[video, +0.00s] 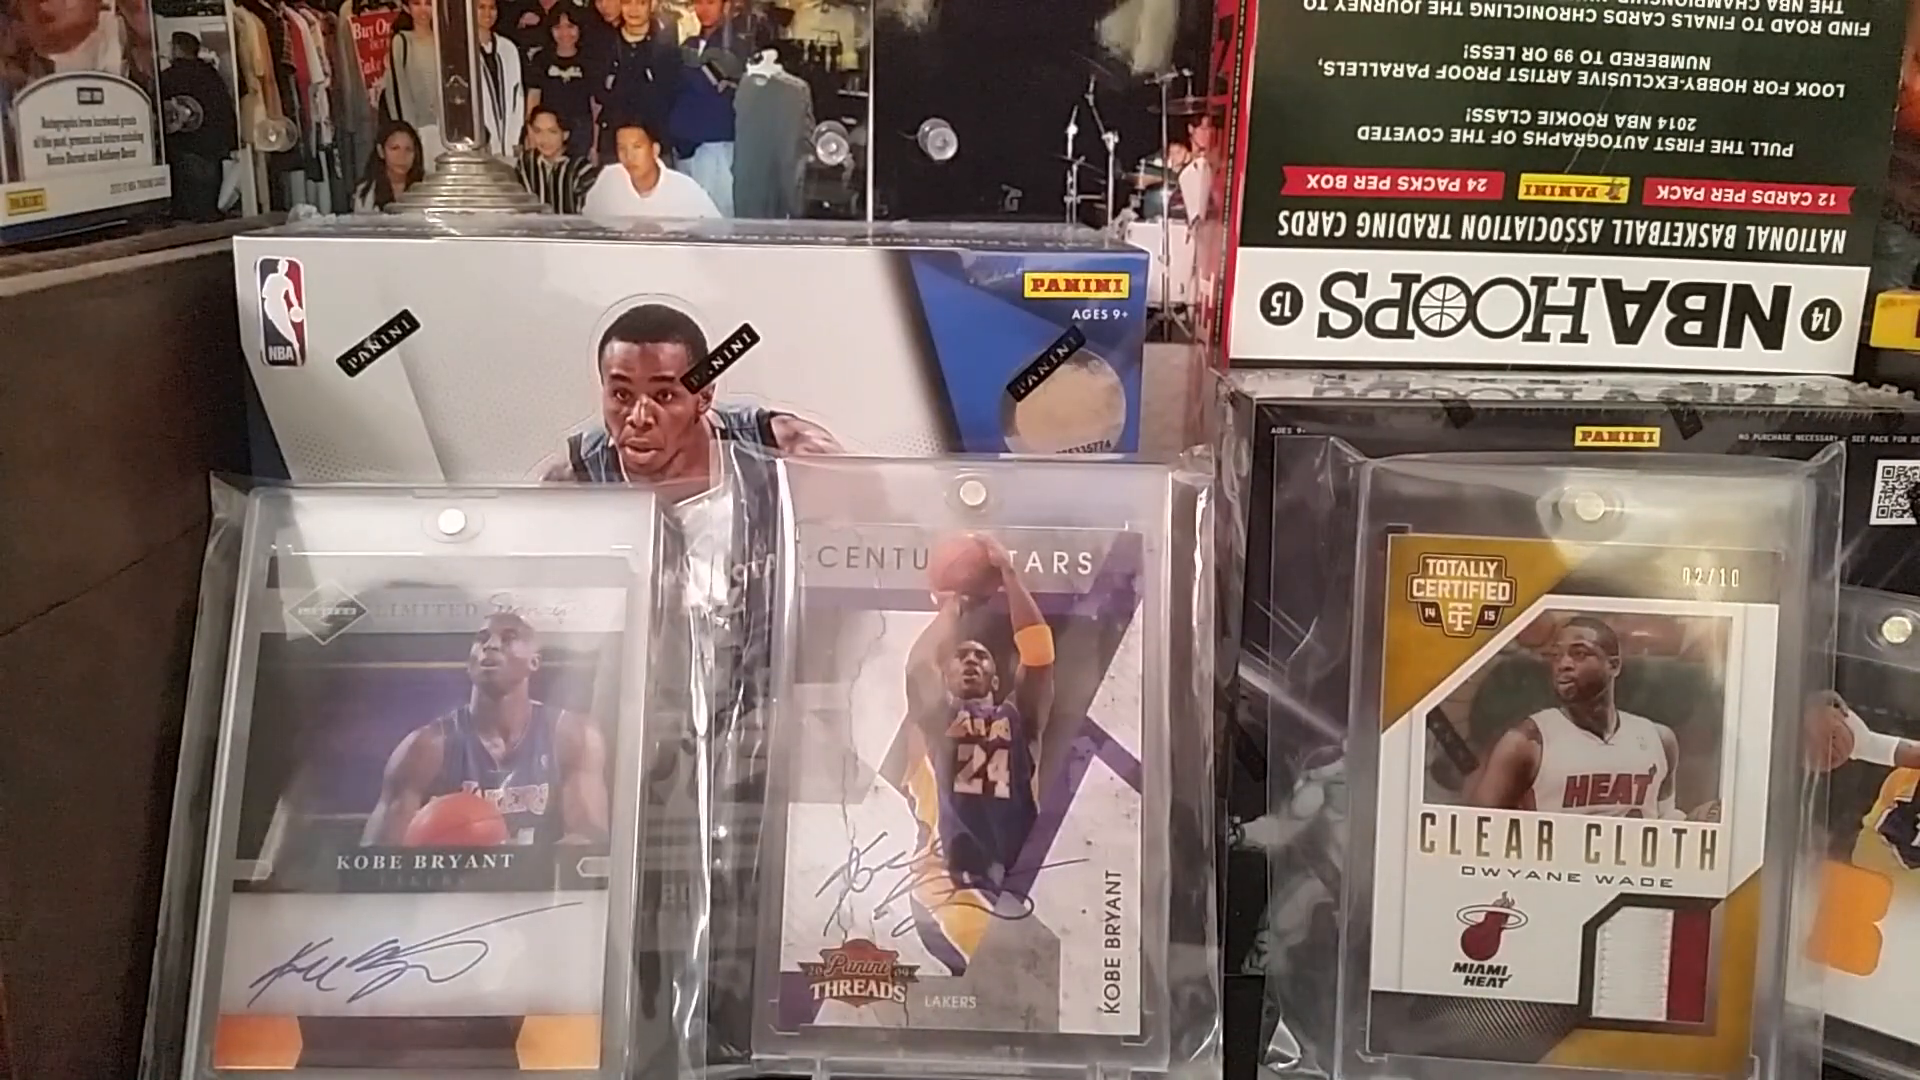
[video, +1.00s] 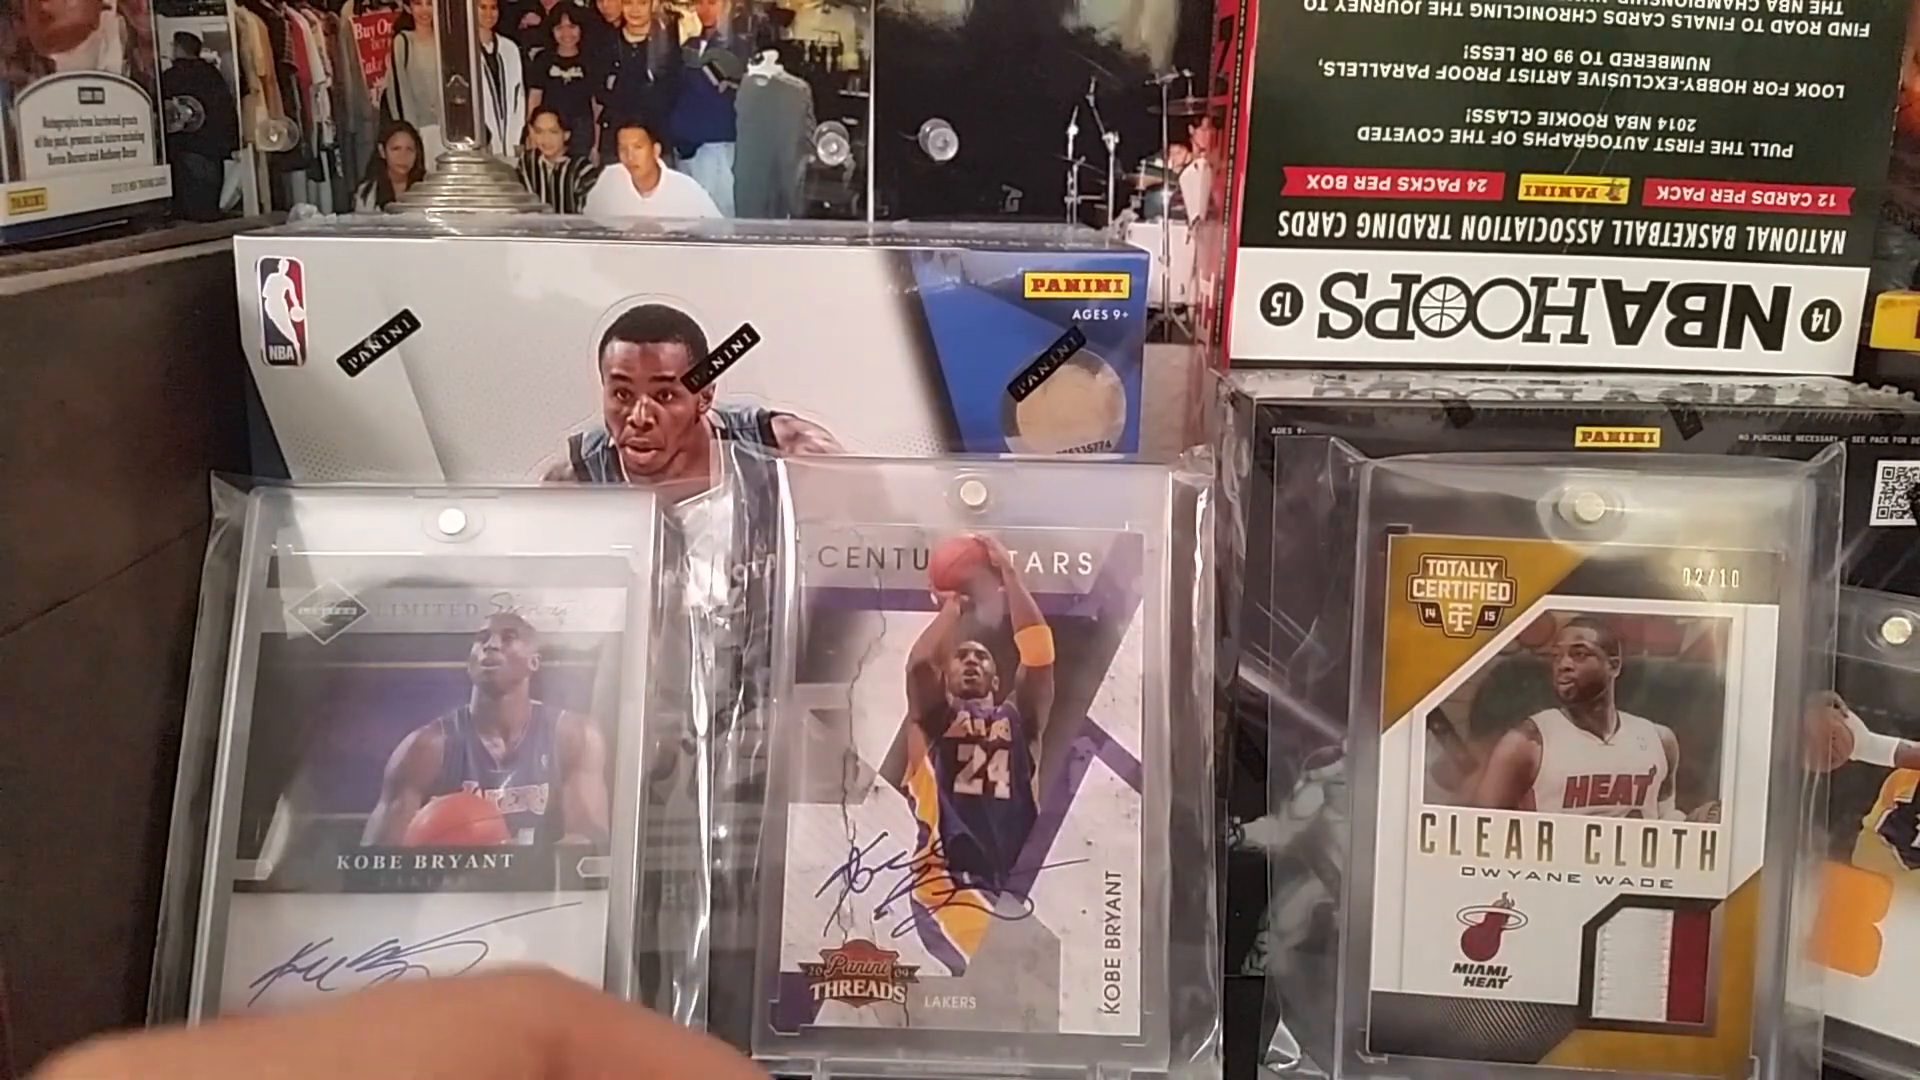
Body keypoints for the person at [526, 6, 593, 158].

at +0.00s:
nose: (564, 33)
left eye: (569, 27)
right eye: (558, 27)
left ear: (578, 31)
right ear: (552, 32)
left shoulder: (589, 62)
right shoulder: (540, 60)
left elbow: (596, 105)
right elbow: (533, 98)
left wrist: (594, 146)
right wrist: (530, 135)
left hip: (580, 131)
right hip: (548, 132)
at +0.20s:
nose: (564, 33)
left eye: (570, 27)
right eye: (558, 27)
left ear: (578, 31)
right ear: (552, 32)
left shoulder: (589, 62)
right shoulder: (541, 60)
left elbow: (596, 104)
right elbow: (533, 98)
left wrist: (595, 146)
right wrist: (530, 134)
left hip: (579, 130)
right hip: (548, 130)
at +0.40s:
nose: (564, 33)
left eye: (570, 26)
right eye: (558, 27)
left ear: (579, 30)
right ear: (552, 32)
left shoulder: (589, 60)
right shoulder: (541, 59)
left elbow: (597, 104)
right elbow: (533, 97)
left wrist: (596, 145)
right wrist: (531, 134)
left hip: (580, 131)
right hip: (548, 133)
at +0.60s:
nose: (565, 33)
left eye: (571, 27)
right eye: (559, 28)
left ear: (579, 31)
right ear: (553, 33)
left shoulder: (589, 62)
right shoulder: (542, 60)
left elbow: (597, 104)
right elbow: (534, 97)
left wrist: (596, 145)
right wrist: (531, 134)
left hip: (581, 131)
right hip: (549, 133)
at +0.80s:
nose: (565, 33)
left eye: (571, 27)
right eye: (560, 28)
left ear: (580, 31)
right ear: (553, 32)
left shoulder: (589, 62)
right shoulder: (543, 60)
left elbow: (597, 104)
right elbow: (535, 98)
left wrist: (596, 145)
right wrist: (531, 135)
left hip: (581, 133)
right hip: (548, 134)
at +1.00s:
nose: (565, 33)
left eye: (571, 27)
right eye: (560, 28)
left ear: (580, 31)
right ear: (553, 32)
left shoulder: (590, 62)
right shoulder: (543, 60)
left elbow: (597, 104)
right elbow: (534, 97)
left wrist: (596, 145)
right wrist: (531, 134)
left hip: (581, 131)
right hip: (549, 133)